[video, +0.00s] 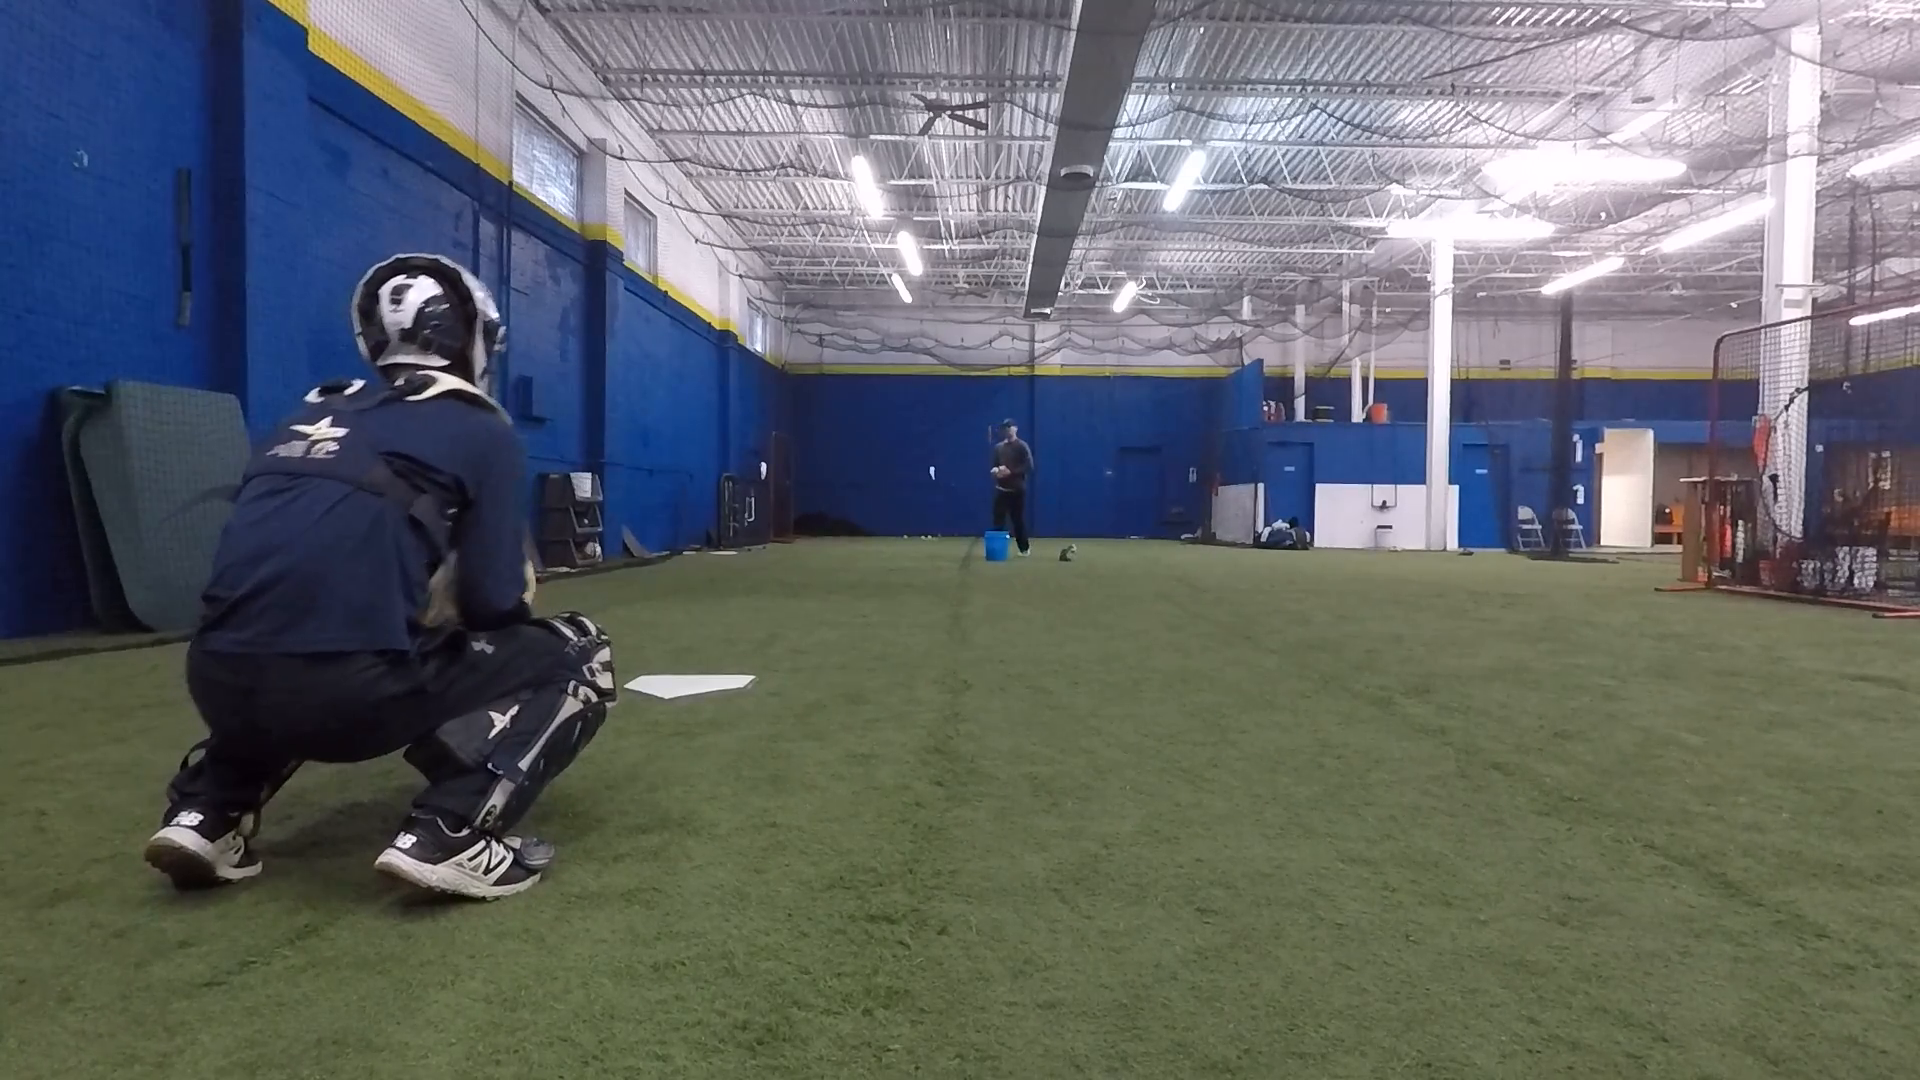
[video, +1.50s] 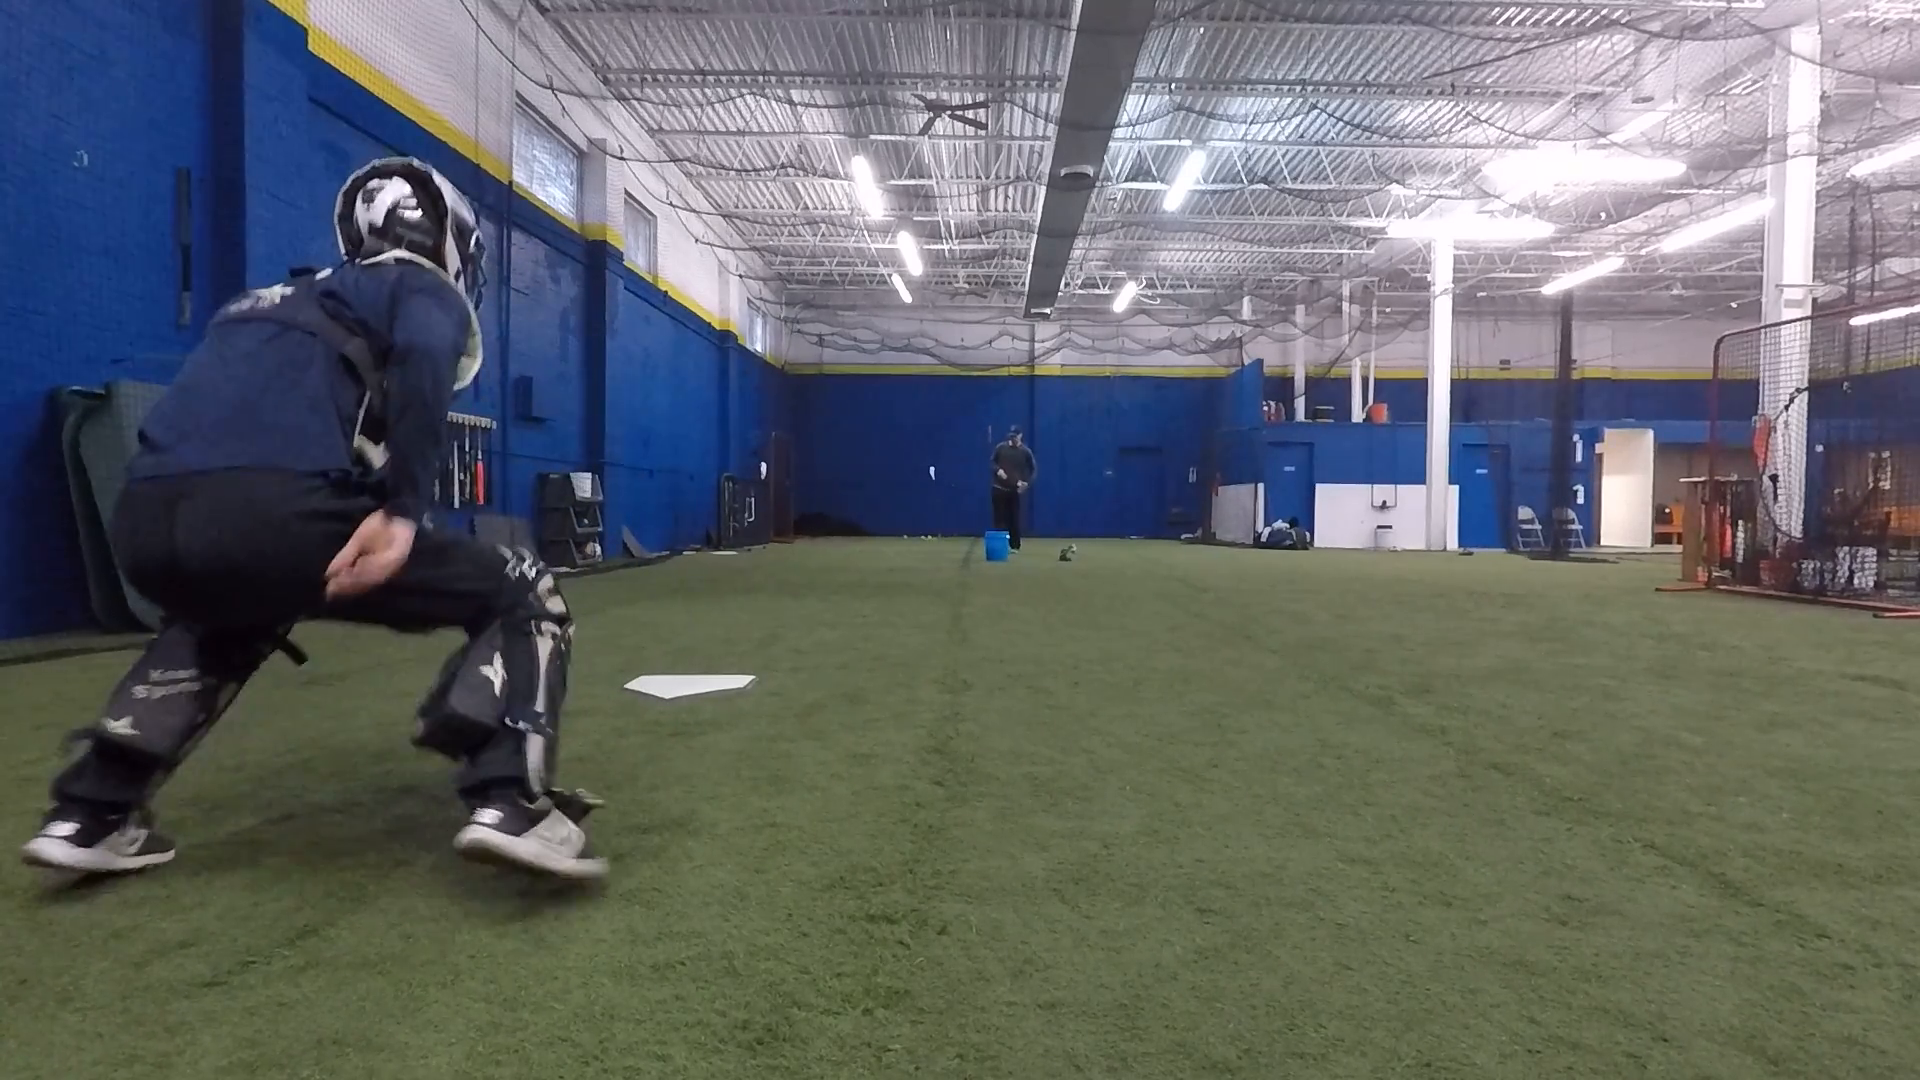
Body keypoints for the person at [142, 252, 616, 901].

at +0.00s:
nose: (491, 351)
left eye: (488, 336)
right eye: (486, 335)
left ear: (373, 342)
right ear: (472, 340)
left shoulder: (313, 409)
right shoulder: (484, 433)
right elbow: (491, 603)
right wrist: (520, 590)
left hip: (224, 686)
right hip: (355, 694)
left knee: (313, 616)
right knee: (580, 654)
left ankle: (207, 811)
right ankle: (451, 830)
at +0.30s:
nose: (566, 342)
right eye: (562, 327)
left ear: (448, 330)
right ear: (550, 335)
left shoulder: (375, 396)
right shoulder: (567, 442)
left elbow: (278, 540)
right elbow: (556, 612)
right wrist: (463, 606)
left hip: (289, 670)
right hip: (430, 691)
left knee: (291, 631)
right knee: (589, 674)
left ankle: (205, 821)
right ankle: (462, 821)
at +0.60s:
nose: (606, 345)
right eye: (606, 334)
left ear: (499, 328)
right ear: (601, 347)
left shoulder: (437, 382)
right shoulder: (616, 460)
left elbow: (269, 481)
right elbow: (596, 626)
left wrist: (369, 522)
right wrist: (517, 608)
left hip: (334, 658)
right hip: (477, 696)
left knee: (260, 592)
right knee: (576, 683)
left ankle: (151, 815)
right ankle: (474, 818)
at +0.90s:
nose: (569, 365)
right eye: (564, 349)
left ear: (453, 346)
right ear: (553, 359)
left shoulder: (376, 406)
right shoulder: (555, 444)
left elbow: (232, 520)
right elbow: (655, 603)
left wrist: (334, 563)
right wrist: (662, 685)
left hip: (283, 671)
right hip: (437, 693)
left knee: (232, 623)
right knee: (585, 666)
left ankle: (102, 845)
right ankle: (475, 827)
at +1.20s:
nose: (492, 346)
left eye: (491, 331)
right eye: (488, 330)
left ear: (377, 332)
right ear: (471, 329)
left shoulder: (312, 394)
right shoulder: (456, 406)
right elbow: (516, 516)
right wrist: (551, 637)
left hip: (193, 643)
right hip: (331, 650)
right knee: (537, 660)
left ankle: (113, 839)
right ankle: (445, 840)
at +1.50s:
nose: (465, 260)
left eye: (465, 246)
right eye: (463, 245)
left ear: (352, 238)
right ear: (443, 239)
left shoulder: (274, 297)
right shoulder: (423, 285)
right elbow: (421, 355)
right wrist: (405, 508)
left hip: (144, 522)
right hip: (277, 507)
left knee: (238, 607)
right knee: (524, 595)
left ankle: (89, 812)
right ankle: (510, 799)